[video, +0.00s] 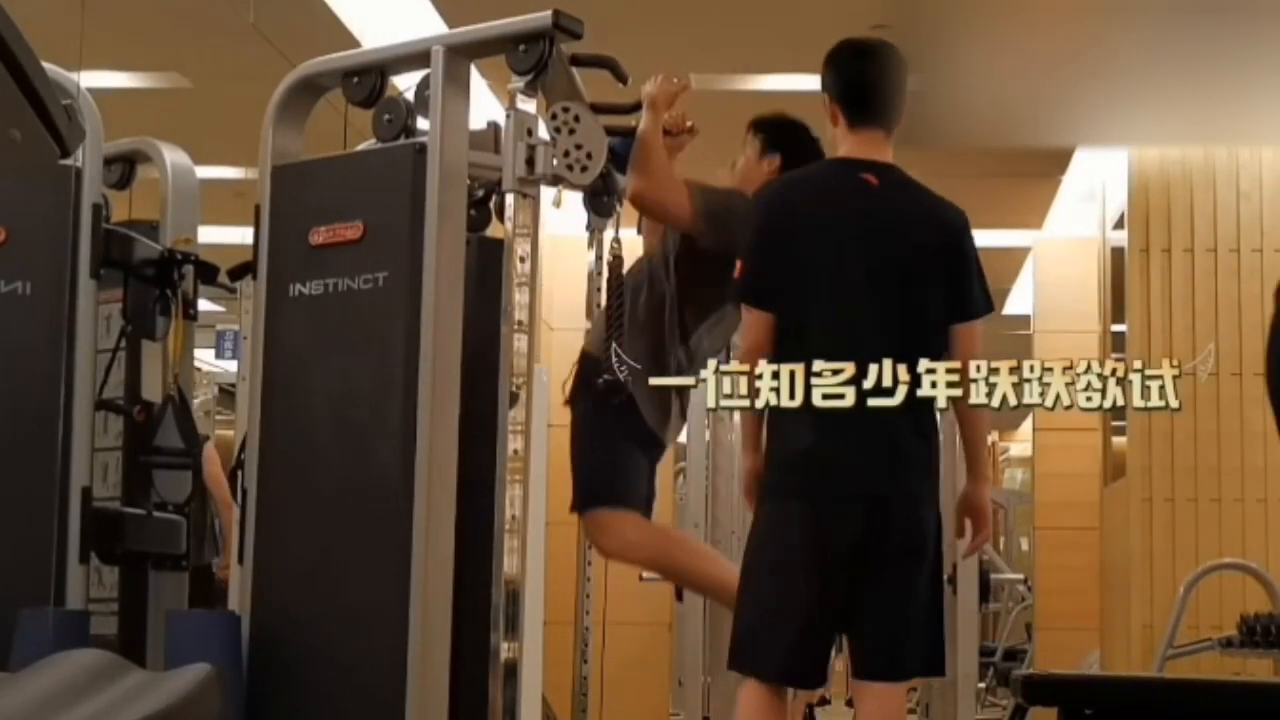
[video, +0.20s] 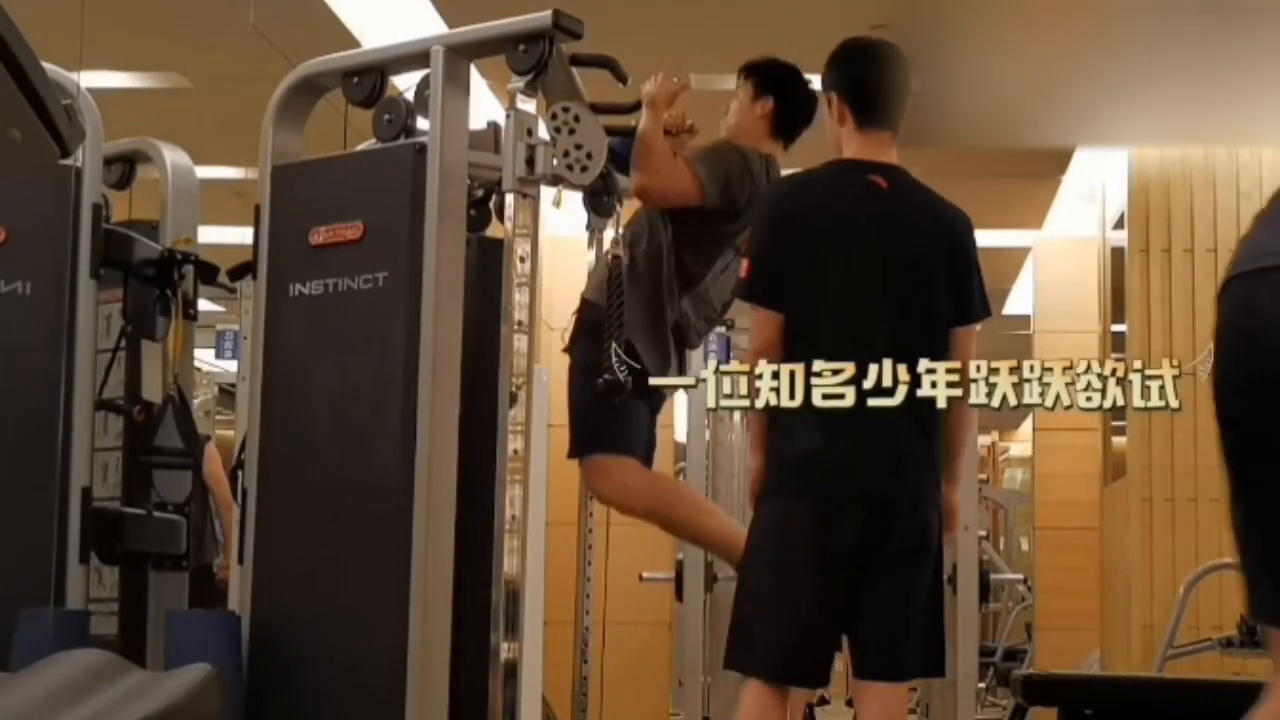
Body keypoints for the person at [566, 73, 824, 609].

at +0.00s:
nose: (736, 169)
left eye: (745, 158)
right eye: (739, 158)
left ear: (772, 162)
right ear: (783, 169)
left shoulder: (749, 213)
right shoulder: (755, 220)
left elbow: (648, 189)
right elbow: (659, 244)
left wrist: (651, 116)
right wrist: (662, 157)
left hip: (623, 373)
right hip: (635, 376)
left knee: (613, 530)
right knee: (619, 529)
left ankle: (759, 600)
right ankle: (759, 600)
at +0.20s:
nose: (729, 108)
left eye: (739, 98)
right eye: (734, 97)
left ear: (763, 107)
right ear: (784, 118)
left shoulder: (741, 164)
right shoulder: (760, 176)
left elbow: (653, 183)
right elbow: (670, 189)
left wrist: (652, 111)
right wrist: (674, 142)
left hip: (626, 325)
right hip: (639, 330)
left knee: (612, 477)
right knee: (621, 477)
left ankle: (751, 554)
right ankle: (751, 553)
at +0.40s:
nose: (717, 112)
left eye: (726, 102)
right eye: (721, 101)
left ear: (750, 111)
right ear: (771, 122)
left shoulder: (731, 169)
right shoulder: (748, 175)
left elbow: (640, 180)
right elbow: (655, 198)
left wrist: (649, 111)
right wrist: (670, 146)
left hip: (623, 341)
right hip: (645, 345)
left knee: (606, 496)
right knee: (621, 496)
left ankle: (739, 592)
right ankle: (739, 591)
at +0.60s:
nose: (699, 174)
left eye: (709, 161)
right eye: (703, 163)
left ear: (735, 169)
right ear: (747, 176)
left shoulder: (721, 221)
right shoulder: (732, 234)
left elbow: (635, 189)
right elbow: (653, 253)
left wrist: (646, 117)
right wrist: (662, 152)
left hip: (639, 416)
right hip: (661, 417)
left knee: (612, 588)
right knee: (644, 590)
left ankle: (644, 718)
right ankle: (661, 715)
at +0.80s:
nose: (686, 229)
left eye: (698, 217)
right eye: (687, 219)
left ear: (731, 231)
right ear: (703, 233)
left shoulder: (729, 287)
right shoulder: (706, 294)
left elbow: (652, 211)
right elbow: (647, 243)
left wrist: (651, 124)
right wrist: (658, 153)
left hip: (679, 504)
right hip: (672, 500)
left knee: (586, 647)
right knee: (604, 652)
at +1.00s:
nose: (724, 211)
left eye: (735, 201)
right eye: (721, 201)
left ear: (756, 212)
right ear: (715, 206)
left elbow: (683, 231)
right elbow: (638, 243)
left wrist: (659, 144)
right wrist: (655, 167)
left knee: (666, 624)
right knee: (662, 624)